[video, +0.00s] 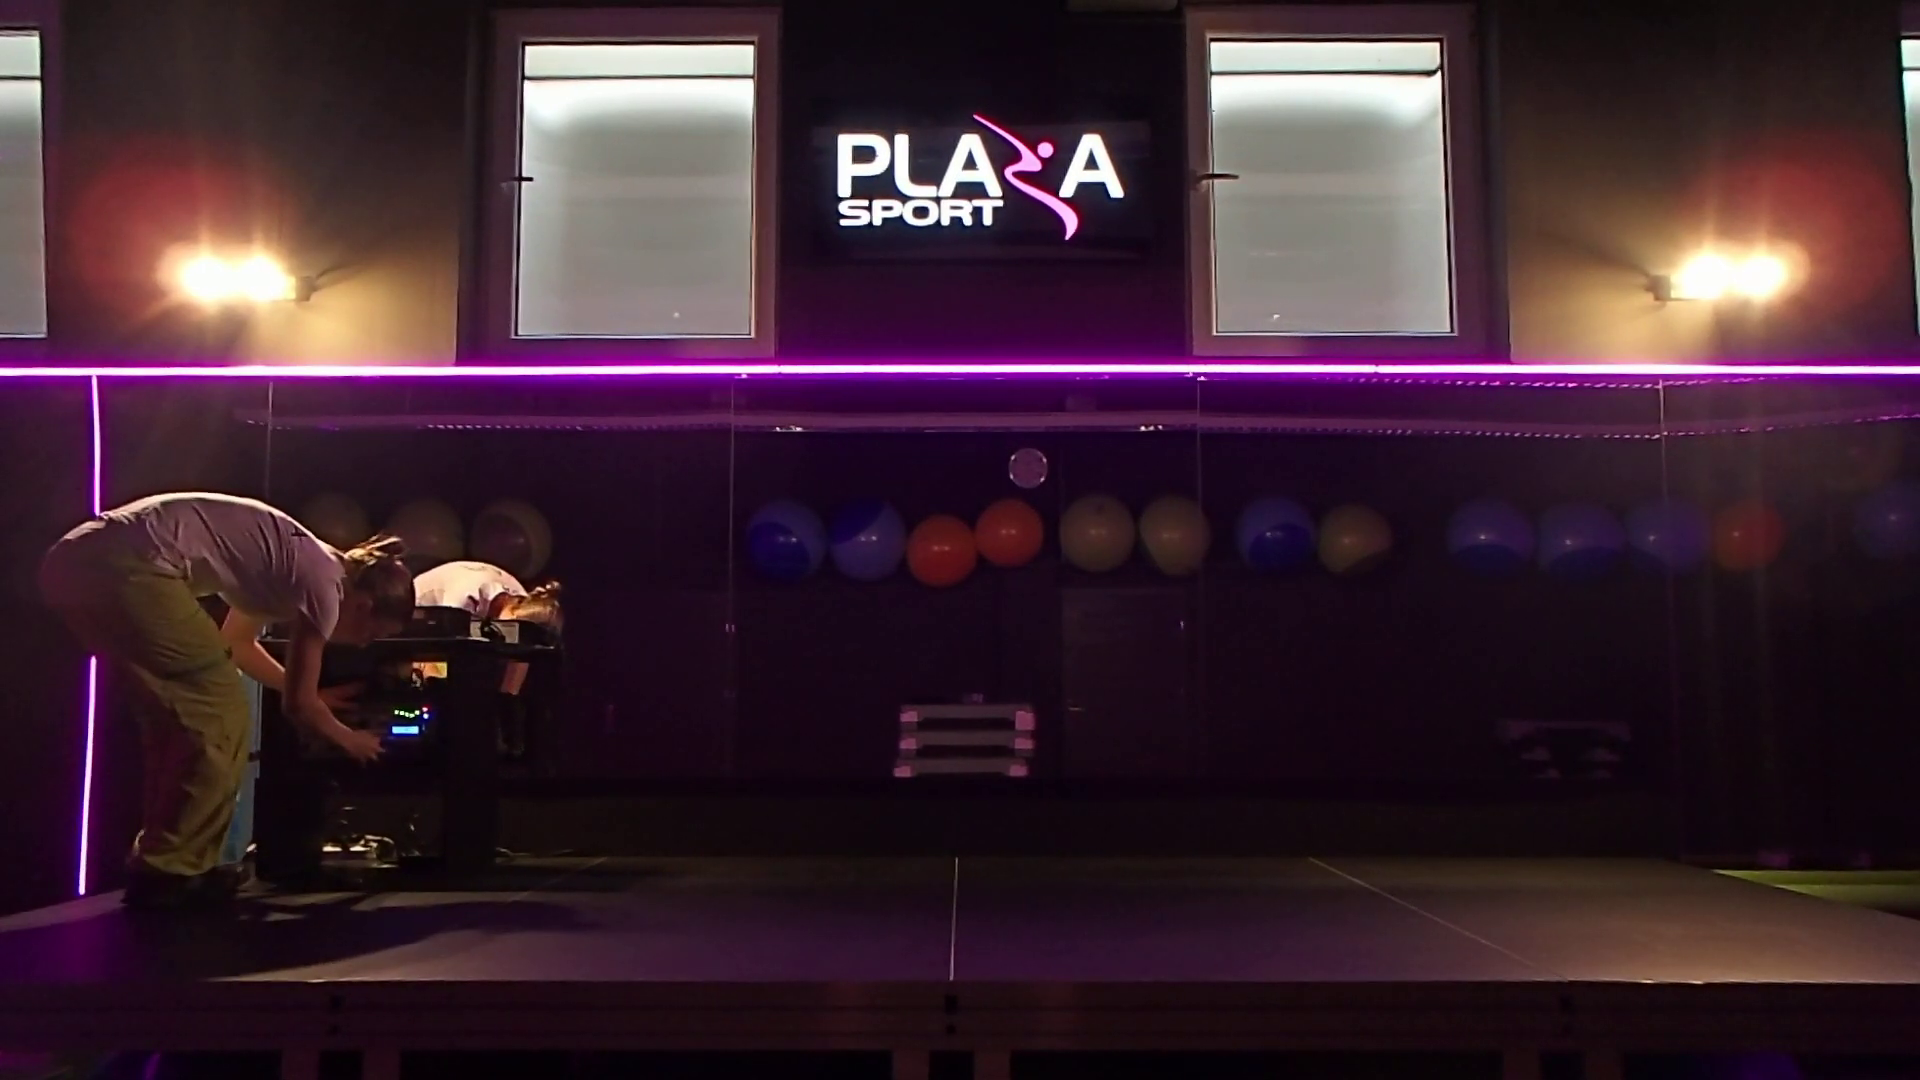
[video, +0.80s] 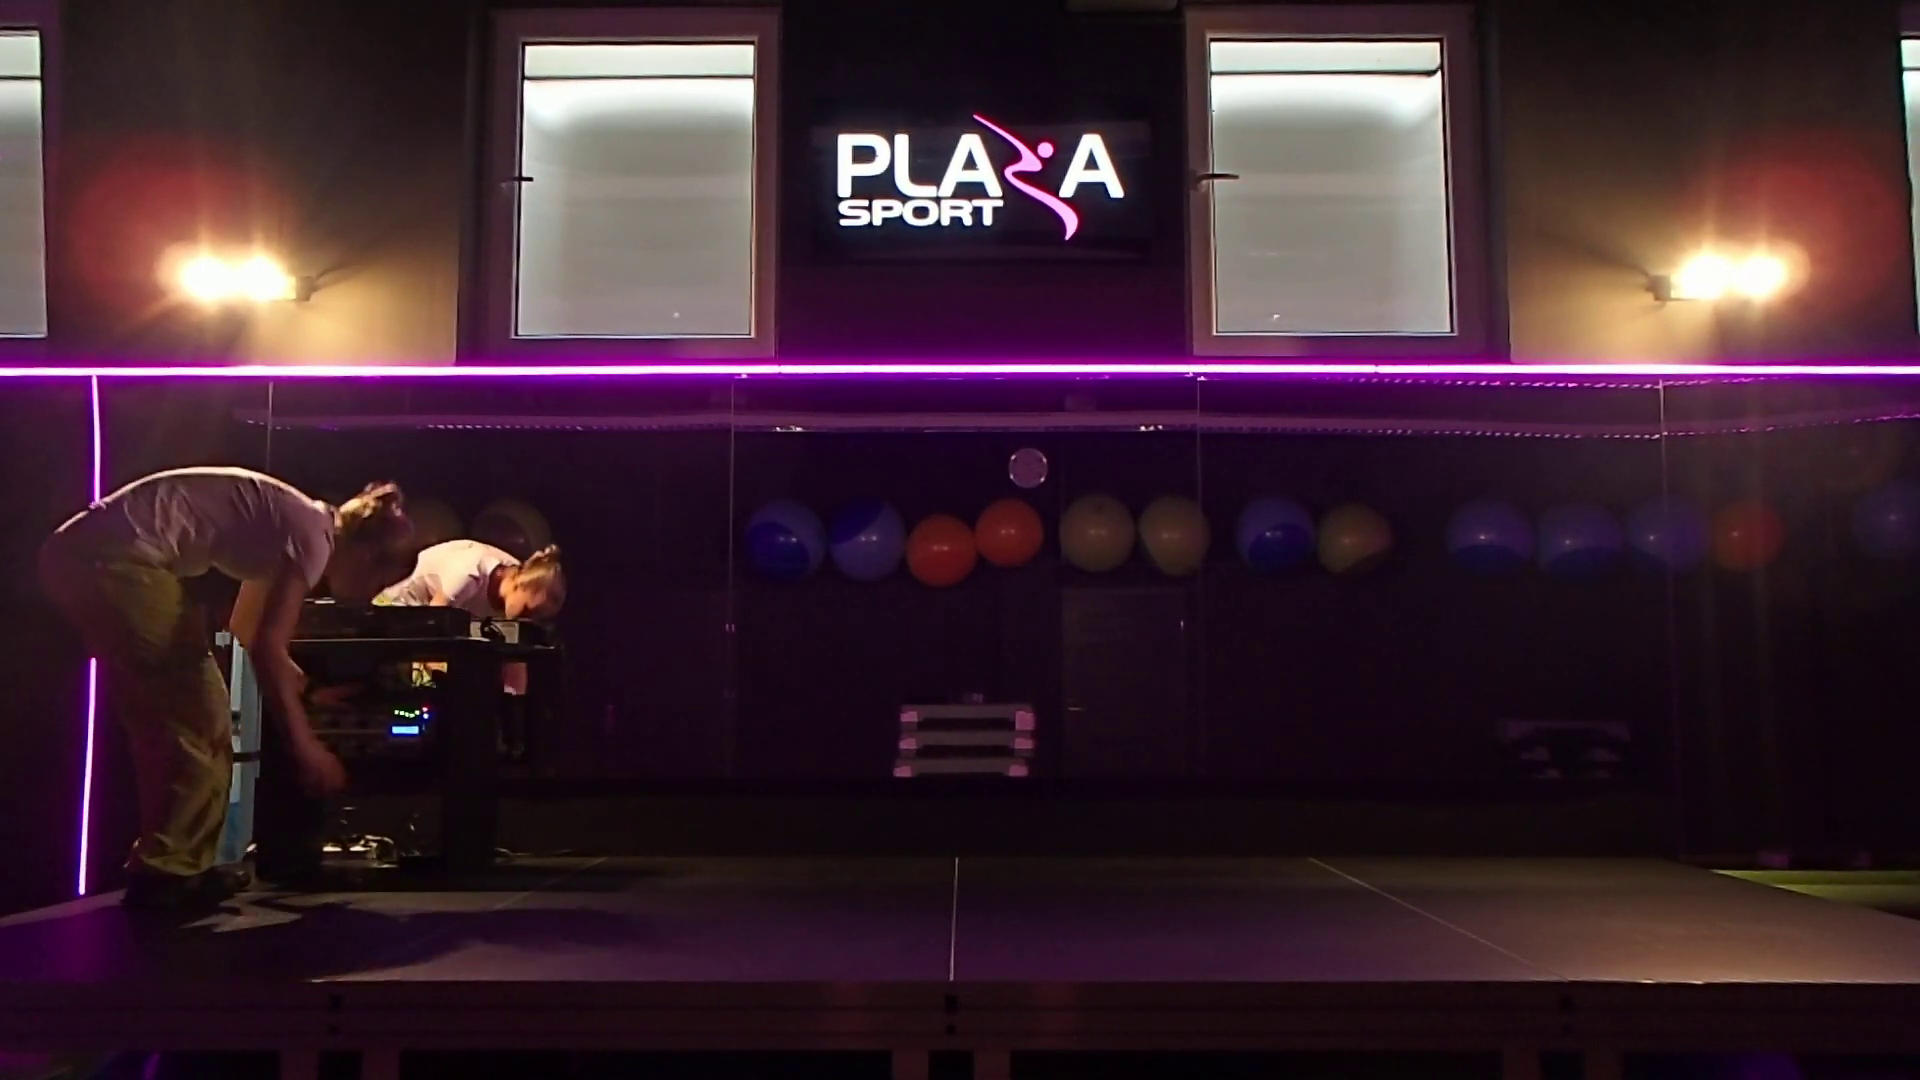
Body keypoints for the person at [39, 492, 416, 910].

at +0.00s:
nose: (360, 641)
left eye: (371, 637)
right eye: (370, 631)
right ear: (361, 602)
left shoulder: (284, 568)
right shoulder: (323, 582)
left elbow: (236, 641)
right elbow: (300, 703)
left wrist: (300, 690)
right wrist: (347, 738)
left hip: (84, 562)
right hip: (128, 565)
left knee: (174, 709)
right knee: (222, 705)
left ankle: (159, 859)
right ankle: (176, 869)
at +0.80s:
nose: (371, 595)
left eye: (382, 586)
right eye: (379, 579)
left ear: (357, 537)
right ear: (365, 551)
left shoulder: (290, 523)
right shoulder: (311, 535)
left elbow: (245, 628)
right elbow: (269, 644)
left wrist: (294, 679)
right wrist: (305, 745)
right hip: (121, 562)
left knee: (185, 720)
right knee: (202, 722)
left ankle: (175, 868)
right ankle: (167, 874)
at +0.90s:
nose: (382, 568)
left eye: (393, 560)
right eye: (390, 554)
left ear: (365, 514)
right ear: (373, 528)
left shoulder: (306, 507)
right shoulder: (308, 508)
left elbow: (256, 616)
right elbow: (248, 615)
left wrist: (308, 685)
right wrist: (255, 726)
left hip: (117, 550)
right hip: (110, 550)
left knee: (186, 695)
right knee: (187, 696)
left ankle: (184, 864)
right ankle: (166, 872)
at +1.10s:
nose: (390, 550)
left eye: (398, 542)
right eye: (394, 537)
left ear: (372, 507)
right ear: (374, 507)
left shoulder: (310, 523)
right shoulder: (299, 489)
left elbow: (268, 604)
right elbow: (209, 554)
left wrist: (317, 676)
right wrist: (186, 654)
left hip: (144, 558)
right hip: (102, 548)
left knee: (194, 699)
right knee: (155, 704)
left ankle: (188, 859)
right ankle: (151, 874)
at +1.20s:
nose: (388, 552)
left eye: (397, 544)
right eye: (394, 541)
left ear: (371, 509)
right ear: (376, 514)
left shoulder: (311, 527)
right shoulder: (294, 499)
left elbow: (270, 607)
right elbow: (205, 564)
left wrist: (319, 680)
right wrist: (202, 676)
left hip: (138, 555)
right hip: (100, 548)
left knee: (181, 706)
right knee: (151, 705)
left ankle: (188, 861)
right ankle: (154, 873)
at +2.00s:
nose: (379, 619)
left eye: (391, 615)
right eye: (389, 609)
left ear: (377, 570)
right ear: (378, 578)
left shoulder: (296, 553)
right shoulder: (337, 559)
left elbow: (246, 636)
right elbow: (344, 680)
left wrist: (315, 691)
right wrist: (395, 726)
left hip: (108, 542)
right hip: (130, 547)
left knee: (167, 695)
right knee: (197, 697)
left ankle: (167, 865)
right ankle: (170, 870)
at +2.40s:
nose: (380, 618)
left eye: (391, 614)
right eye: (389, 609)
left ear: (380, 571)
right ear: (380, 577)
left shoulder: (297, 552)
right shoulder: (338, 556)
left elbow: (247, 634)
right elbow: (343, 676)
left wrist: (314, 691)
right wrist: (394, 726)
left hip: (111, 542)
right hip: (134, 547)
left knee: (173, 697)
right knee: (198, 697)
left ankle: (166, 865)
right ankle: (172, 868)